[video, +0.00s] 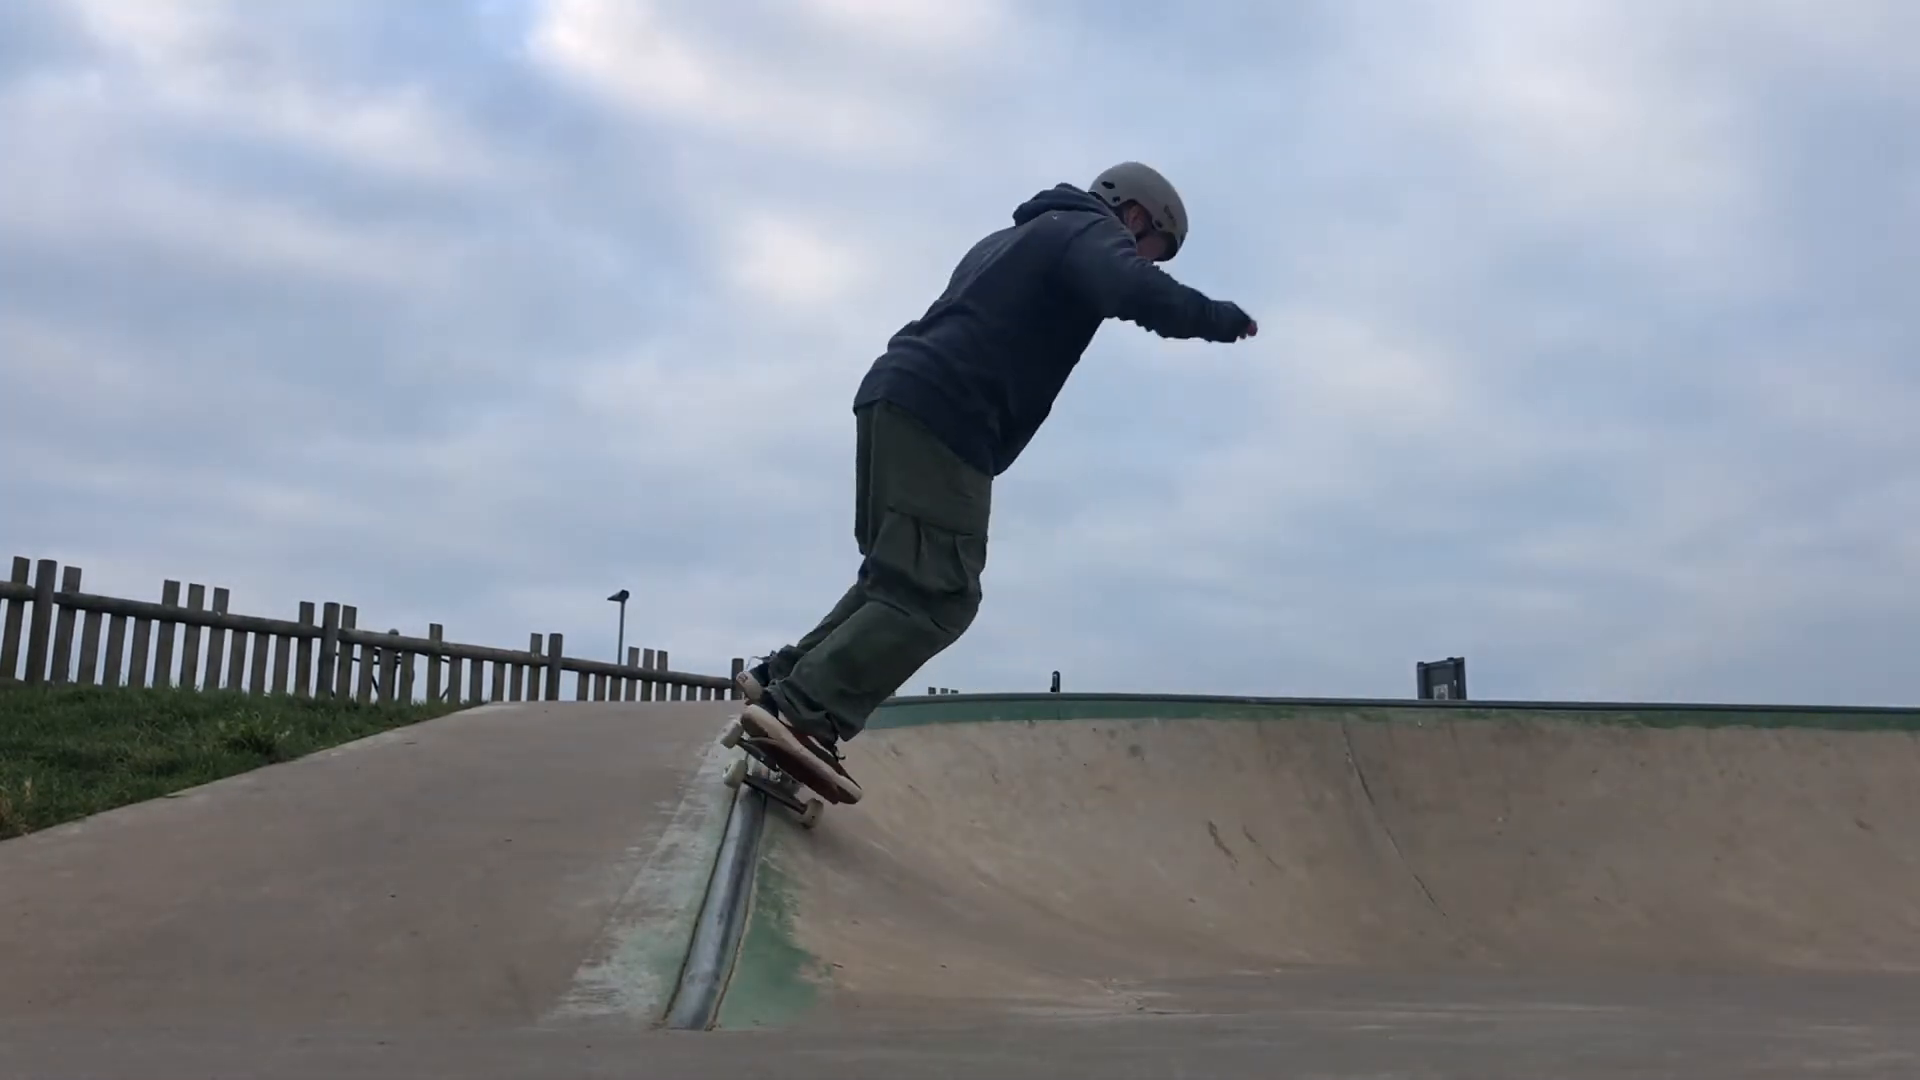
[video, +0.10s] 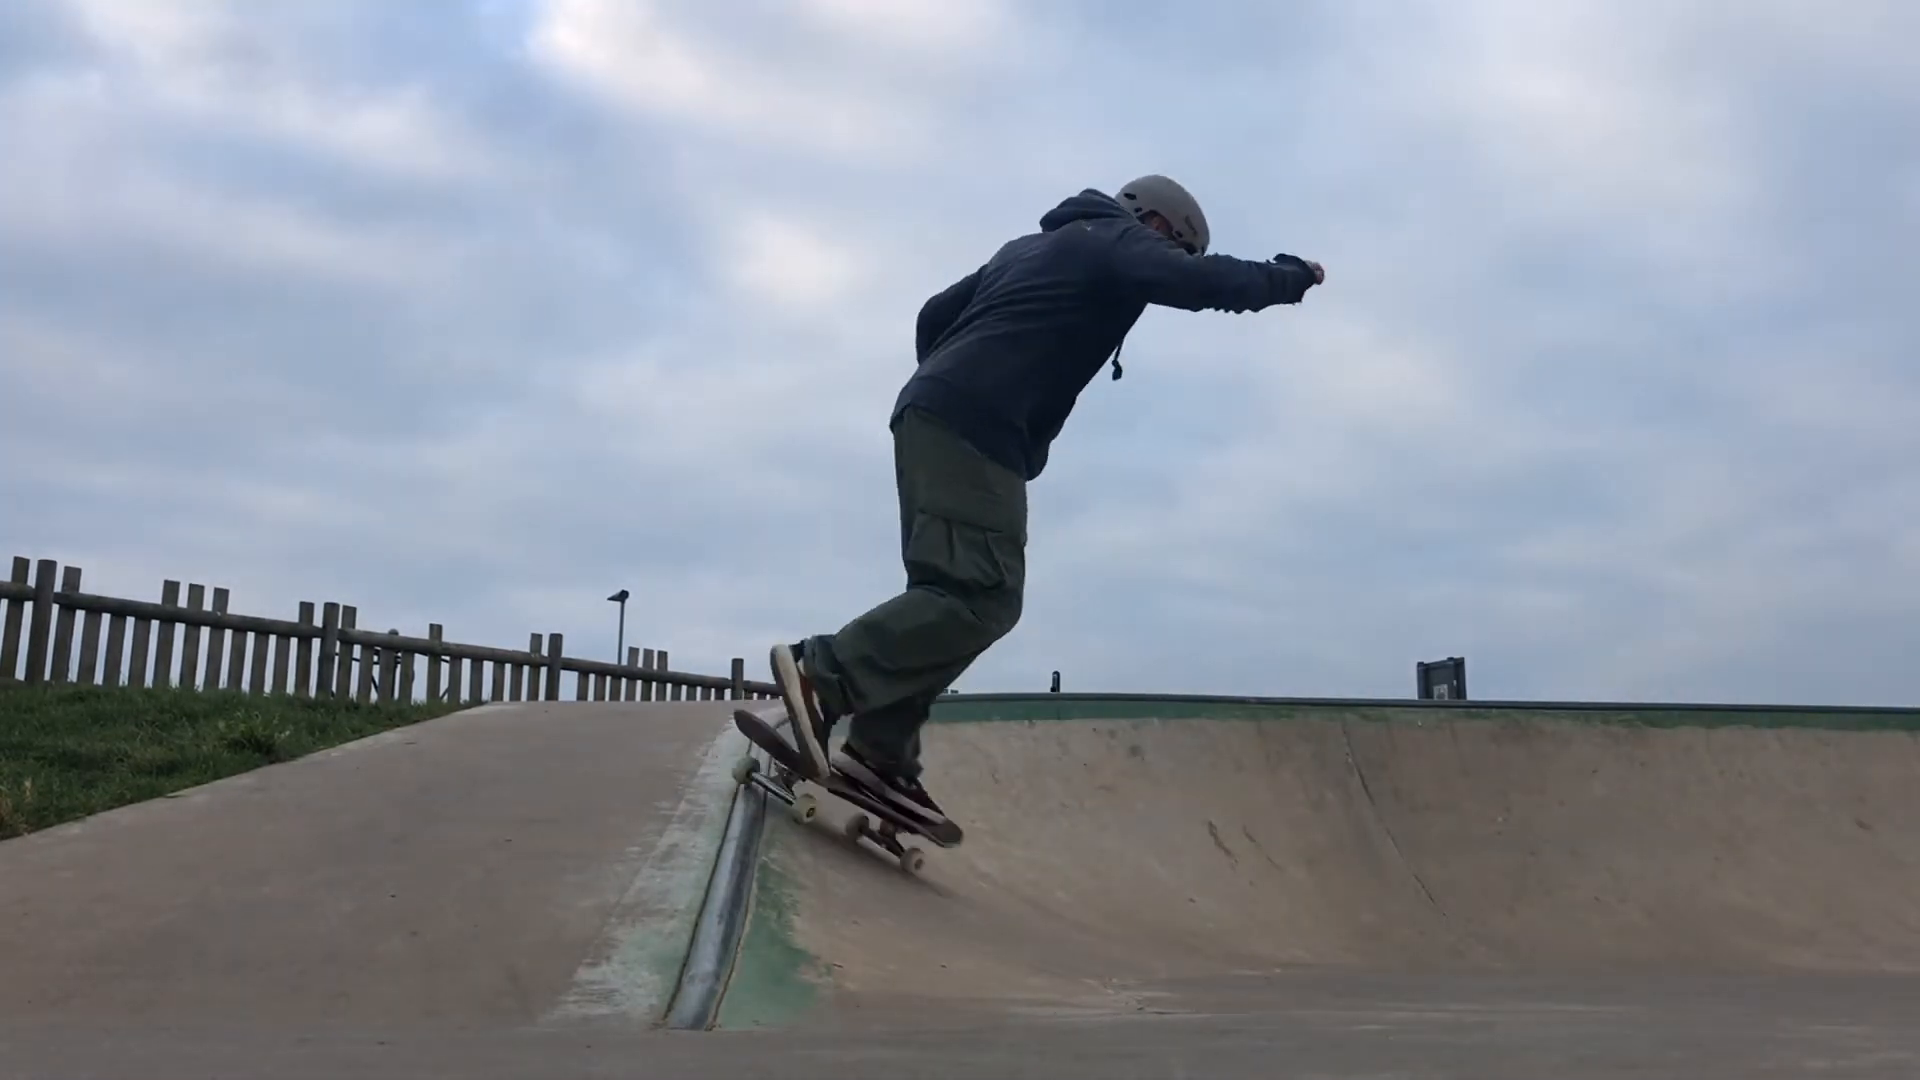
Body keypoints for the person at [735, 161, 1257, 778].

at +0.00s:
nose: (1155, 257)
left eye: (1164, 249)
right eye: (1158, 242)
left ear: (1110, 201)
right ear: (1131, 213)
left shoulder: (1022, 233)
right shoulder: (1082, 230)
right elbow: (1136, 287)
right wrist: (1217, 314)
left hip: (897, 395)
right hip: (939, 412)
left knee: (899, 578)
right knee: (937, 593)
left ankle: (785, 685)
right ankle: (805, 714)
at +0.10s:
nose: (1180, 261)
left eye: (1185, 253)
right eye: (1182, 248)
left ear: (1129, 207)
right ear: (1156, 222)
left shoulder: (1028, 247)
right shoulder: (1117, 241)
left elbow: (936, 313)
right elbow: (1199, 278)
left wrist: (952, 388)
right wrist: (1289, 275)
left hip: (931, 411)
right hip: (977, 423)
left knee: (948, 595)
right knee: (984, 599)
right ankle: (824, 672)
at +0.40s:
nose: (1260, 373)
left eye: (1266, 363)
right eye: (1261, 357)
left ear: (1205, 330)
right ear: (1233, 334)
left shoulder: (1115, 397)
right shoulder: (1198, 368)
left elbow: (1048, 513)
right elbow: (1239, 406)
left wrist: (1055, 604)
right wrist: (1334, 391)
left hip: (1090, 583)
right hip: (1133, 589)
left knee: (1219, 701)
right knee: (1146, 756)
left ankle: (1096, 802)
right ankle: (1043, 894)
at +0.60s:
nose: (1353, 396)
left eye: (1358, 384)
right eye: (1354, 379)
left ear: (1293, 360)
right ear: (1325, 361)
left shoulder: (1218, 440)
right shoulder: (1310, 409)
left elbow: (1184, 556)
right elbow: (1328, 509)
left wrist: (1223, 613)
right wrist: (1399, 599)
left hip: (1227, 622)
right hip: (1279, 617)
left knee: (1343, 769)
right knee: (1284, 767)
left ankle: (1382, 935)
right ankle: (1135, 845)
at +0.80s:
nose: (1439, 429)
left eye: (1443, 416)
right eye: (1439, 413)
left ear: (1383, 398)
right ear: (1413, 397)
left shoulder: (1333, 462)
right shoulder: (1399, 447)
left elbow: (1374, 570)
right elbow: (1391, 550)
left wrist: (1449, 630)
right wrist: (1407, 645)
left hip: (1321, 662)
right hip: (1386, 652)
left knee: (1407, 791)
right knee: (1497, 749)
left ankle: (1391, 930)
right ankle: (1476, 876)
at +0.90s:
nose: (1475, 421)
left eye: (1478, 409)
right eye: (1475, 406)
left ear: (1421, 392)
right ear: (1451, 391)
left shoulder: (1370, 460)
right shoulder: (1434, 434)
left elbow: (1426, 572)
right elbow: (1417, 529)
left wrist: (1509, 580)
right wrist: (1438, 617)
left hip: (1361, 649)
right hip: (1435, 640)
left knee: (1422, 780)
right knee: (1516, 758)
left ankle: (1397, 912)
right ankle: (1560, 916)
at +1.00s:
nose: (1501, 426)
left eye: (1503, 415)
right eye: (1500, 413)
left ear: (1443, 398)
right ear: (1478, 399)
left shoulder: (1401, 466)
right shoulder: (1466, 443)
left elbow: (1465, 569)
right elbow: (1456, 529)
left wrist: (1541, 557)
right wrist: (1487, 617)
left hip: (1406, 652)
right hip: (1481, 647)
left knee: (1451, 783)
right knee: (1529, 783)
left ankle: (1417, 874)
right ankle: (1545, 941)